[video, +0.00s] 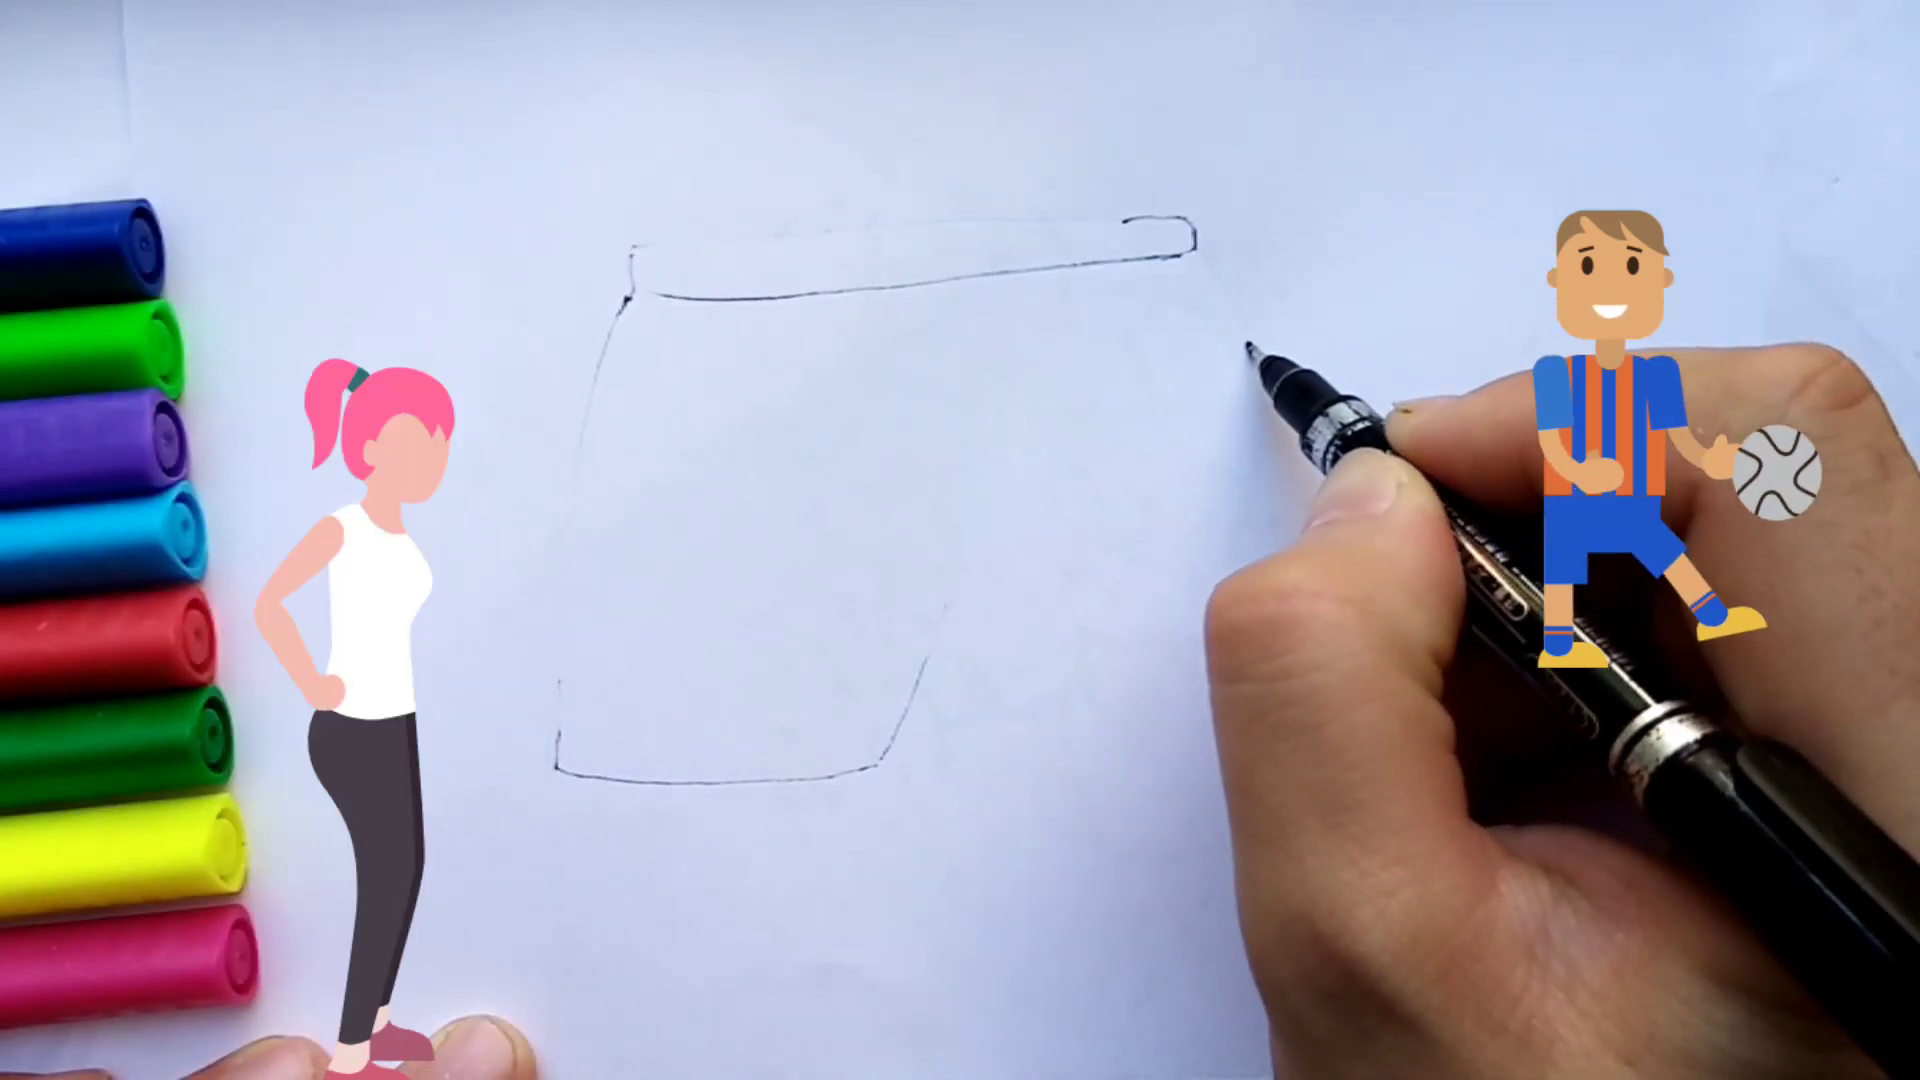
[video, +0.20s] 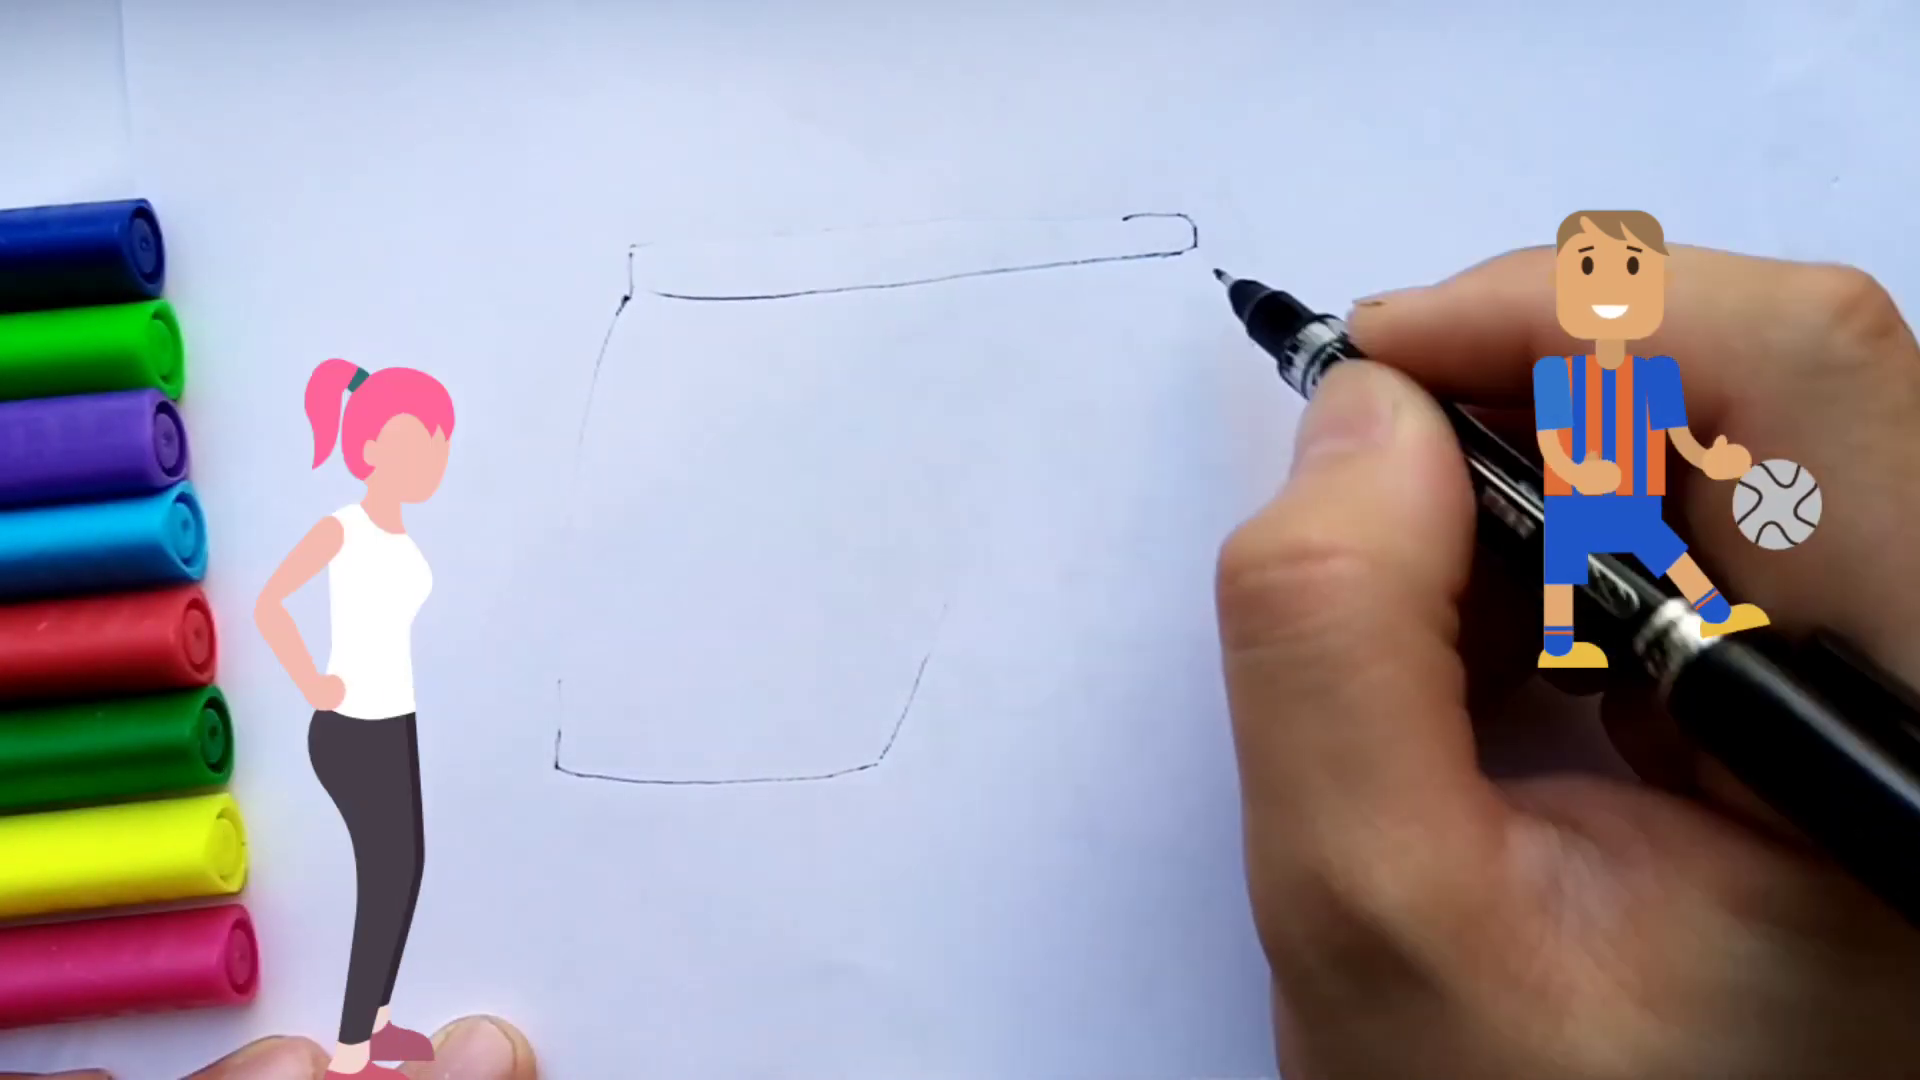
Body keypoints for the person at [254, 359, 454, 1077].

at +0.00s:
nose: (435, 455)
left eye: (439, 440)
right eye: (419, 437)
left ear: (440, 450)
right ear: (374, 446)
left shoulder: (403, 535)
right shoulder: (344, 529)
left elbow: (383, 621)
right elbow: (268, 605)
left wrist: (394, 684)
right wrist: (312, 684)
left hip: (397, 730)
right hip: (353, 732)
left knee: (405, 874)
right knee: (387, 879)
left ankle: (373, 1022)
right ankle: (348, 1052)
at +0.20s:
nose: (436, 456)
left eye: (439, 440)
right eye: (420, 438)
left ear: (440, 450)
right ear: (374, 446)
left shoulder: (404, 535)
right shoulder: (344, 529)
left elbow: (384, 622)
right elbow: (268, 606)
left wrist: (394, 686)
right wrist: (312, 684)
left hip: (397, 730)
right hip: (354, 732)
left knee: (405, 873)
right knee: (387, 878)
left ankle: (374, 1021)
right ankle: (349, 1052)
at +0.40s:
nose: (407, 589)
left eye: (407, 573)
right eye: (393, 571)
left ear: (401, 581)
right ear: (346, 579)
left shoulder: (363, 661)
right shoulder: (311, 656)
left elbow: (320, 737)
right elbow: (213, 712)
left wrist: (314, 796)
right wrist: (249, 790)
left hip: (307, 841)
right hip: (263, 851)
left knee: (391, 864)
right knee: (392, 873)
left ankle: (340, 1021)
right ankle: (350, 1056)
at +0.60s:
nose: (436, 457)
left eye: (439, 441)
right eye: (420, 439)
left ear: (439, 452)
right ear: (374, 448)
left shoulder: (403, 535)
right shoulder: (344, 529)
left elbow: (383, 622)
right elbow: (268, 605)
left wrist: (394, 685)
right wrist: (311, 683)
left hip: (397, 731)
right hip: (353, 732)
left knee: (405, 872)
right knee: (387, 878)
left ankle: (373, 1022)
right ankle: (349, 1052)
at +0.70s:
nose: (437, 458)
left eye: (440, 442)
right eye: (422, 439)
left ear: (439, 451)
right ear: (375, 448)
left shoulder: (403, 535)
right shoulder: (344, 529)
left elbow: (383, 622)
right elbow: (268, 605)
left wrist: (394, 686)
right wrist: (312, 684)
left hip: (397, 731)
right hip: (354, 733)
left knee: (405, 871)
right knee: (387, 879)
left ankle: (373, 1019)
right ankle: (348, 1053)